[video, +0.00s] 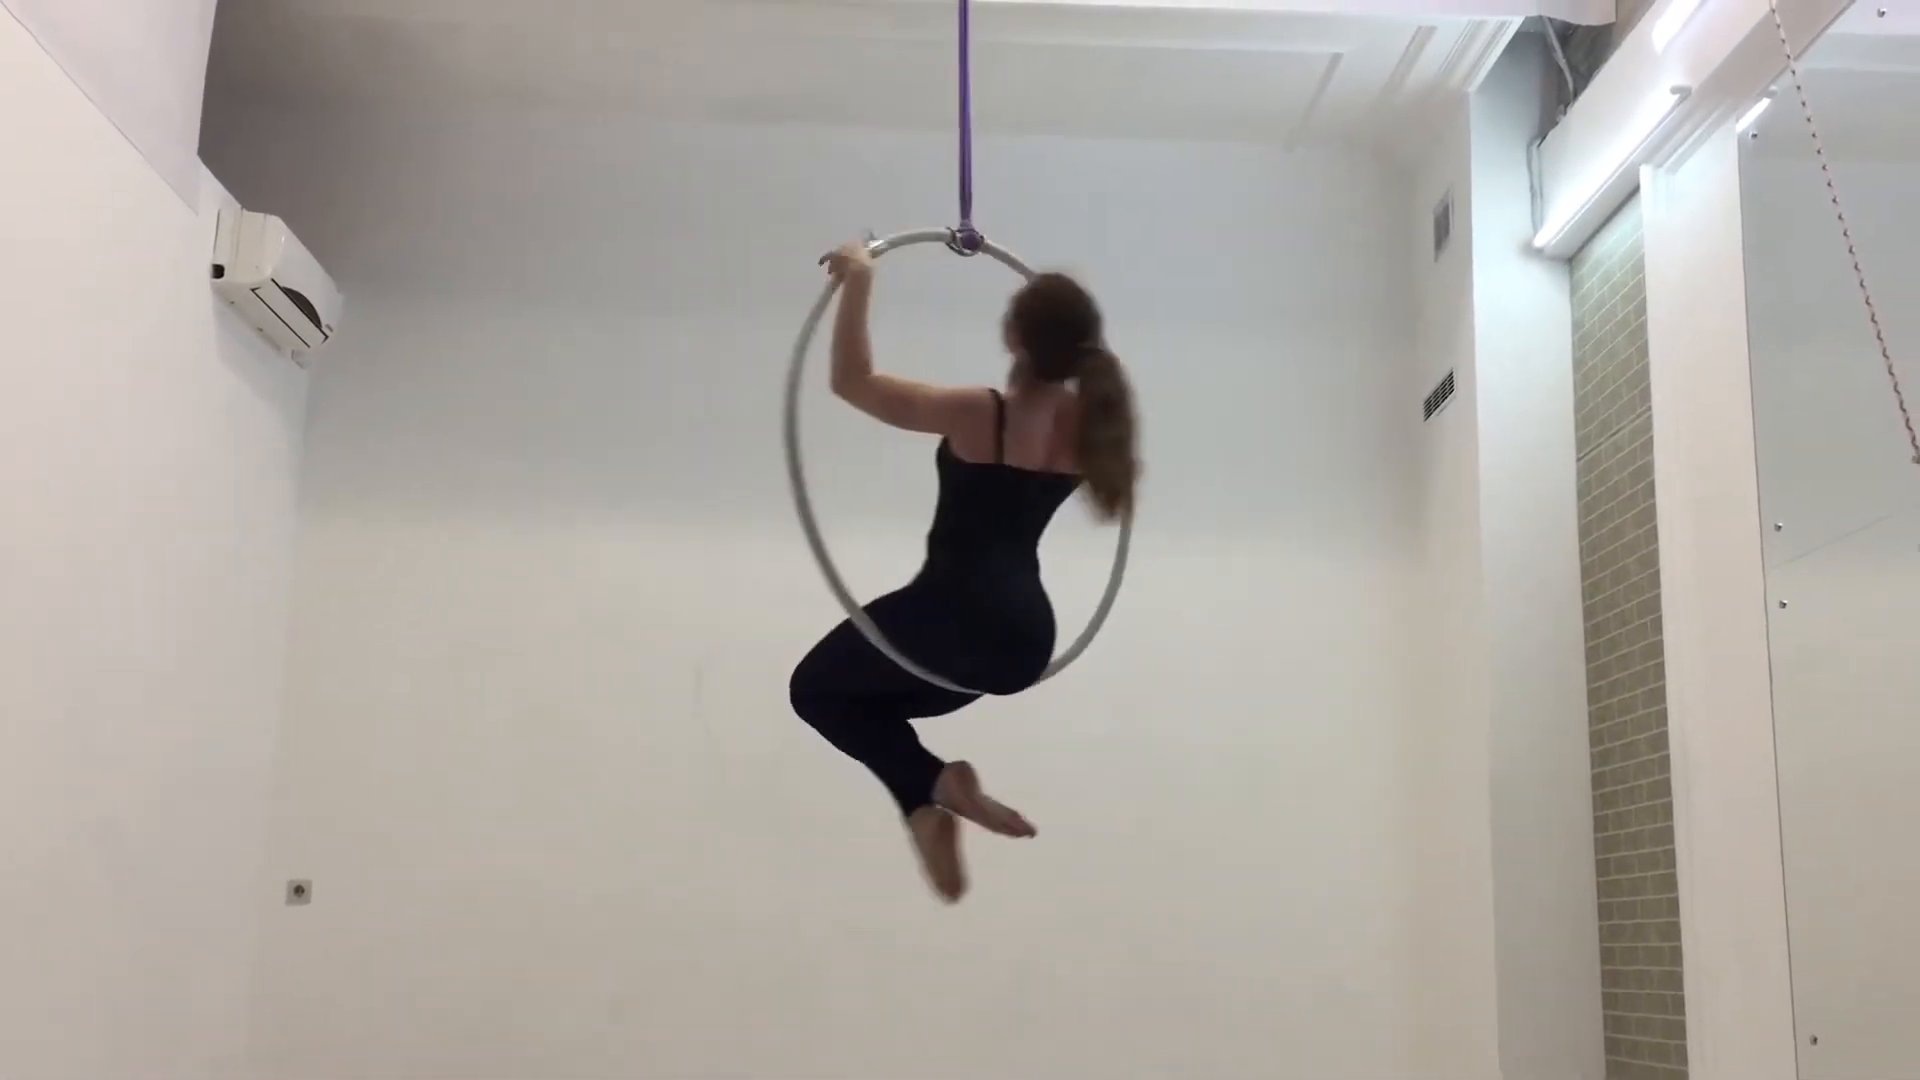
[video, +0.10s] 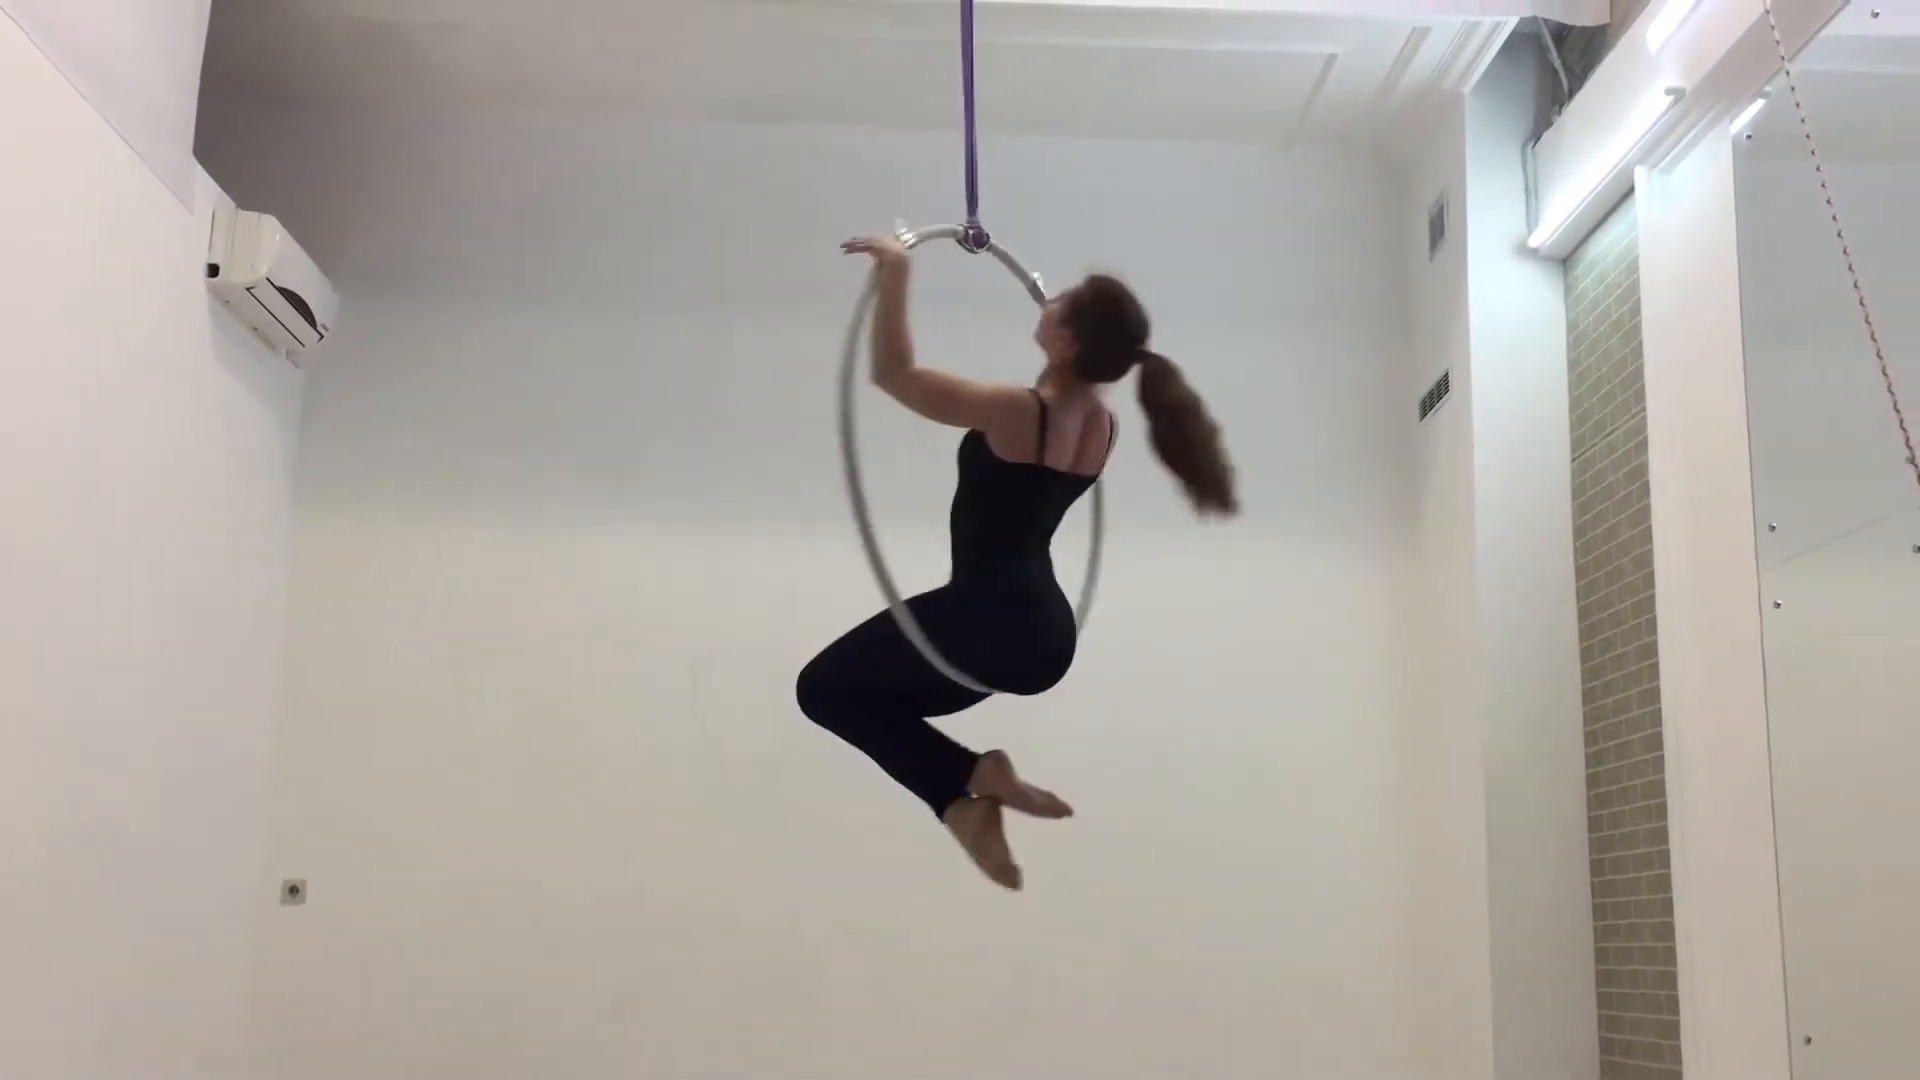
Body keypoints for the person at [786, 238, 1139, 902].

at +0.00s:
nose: (1008, 330)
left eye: (1012, 322)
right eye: (1017, 321)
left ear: (1016, 342)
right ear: (1083, 350)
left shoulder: (973, 412)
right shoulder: (1089, 427)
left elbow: (852, 382)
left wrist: (857, 280)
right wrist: (1063, 324)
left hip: (941, 616)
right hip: (1020, 633)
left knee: (816, 690)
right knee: (880, 706)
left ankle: (937, 780)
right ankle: (922, 814)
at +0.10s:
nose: (1051, 301)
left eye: (1061, 306)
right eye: (1064, 298)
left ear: (1065, 345)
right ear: (1107, 364)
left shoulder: (1012, 410)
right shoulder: (1101, 427)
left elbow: (894, 374)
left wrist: (893, 271)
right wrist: (1068, 350)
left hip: (979, 622)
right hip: (1041, 637)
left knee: (824, 688)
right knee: (876, 702)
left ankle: (967, 775)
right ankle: (961, 804)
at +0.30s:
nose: (1099, 303)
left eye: (1116, 302)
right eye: (1114, 297)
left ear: (1133, 336)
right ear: (1135, 343)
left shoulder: (1101, 408)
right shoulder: (1091, 403)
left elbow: (1020, 363)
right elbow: (1018, 368)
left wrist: (1011, 261)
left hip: (1041, 611)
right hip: (1039, 611)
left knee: (862, 677)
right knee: (870, 694)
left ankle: (1002, 790)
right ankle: (984, 828)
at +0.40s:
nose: (1116, 309)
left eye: (1134, 306)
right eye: (1127, 301)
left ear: (1157, 341)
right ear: (1148, 344)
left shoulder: (1135, 410)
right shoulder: (1089, 419)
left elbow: (1076, 367)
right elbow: (1017, 436)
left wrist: (1054, 262)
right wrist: (995, 366)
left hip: (1064, 614)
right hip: (1049, 615)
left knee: (888, 679)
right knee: (893, 689)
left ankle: (956, 860)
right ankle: (961, 855)